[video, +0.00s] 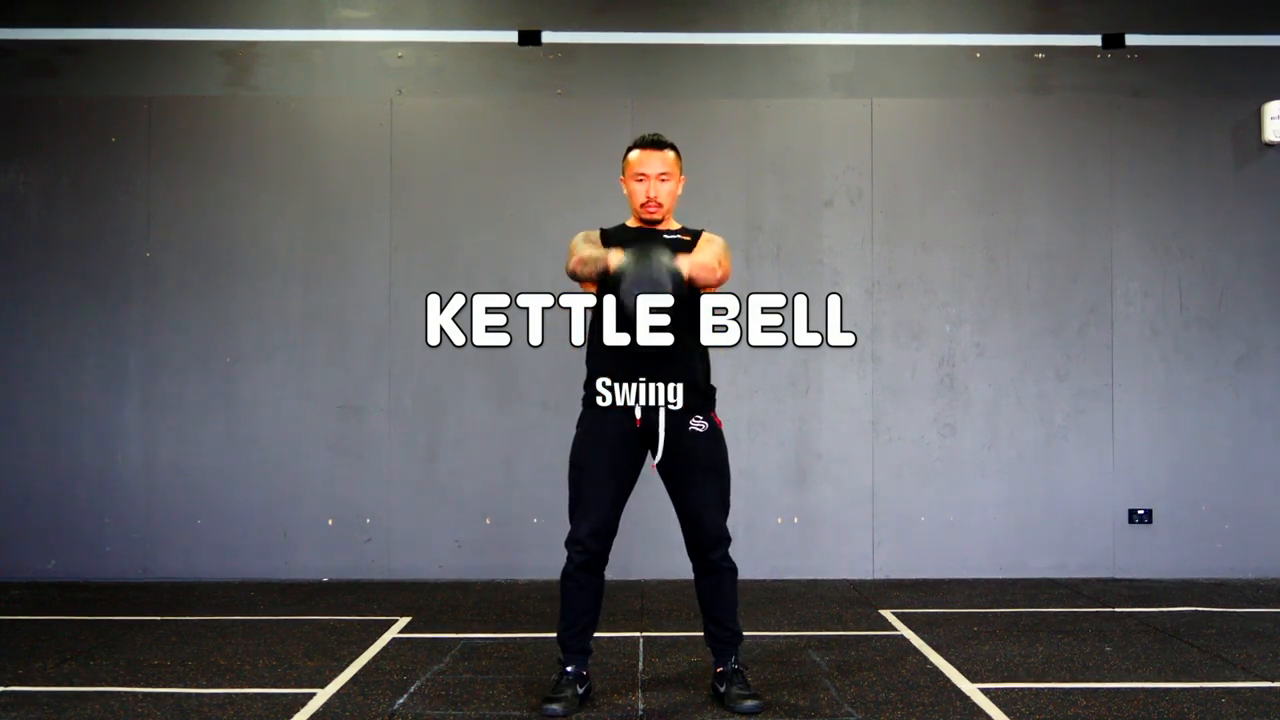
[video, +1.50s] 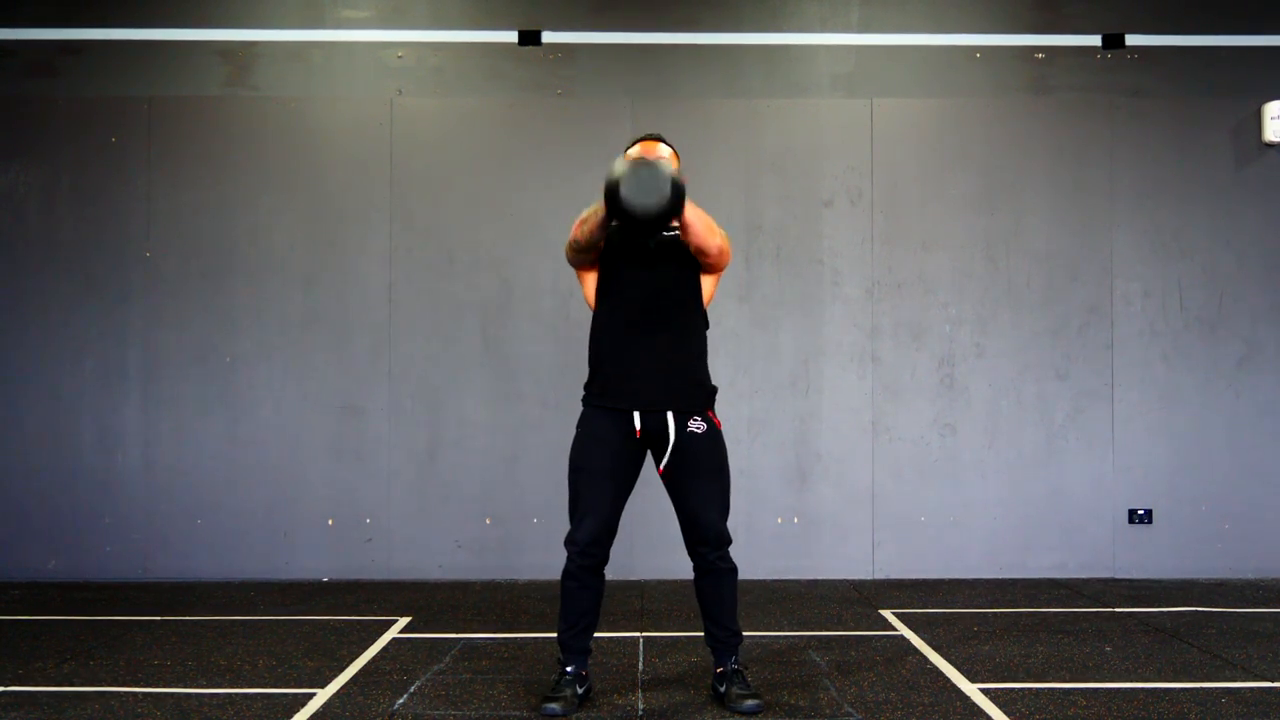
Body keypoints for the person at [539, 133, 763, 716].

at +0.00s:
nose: (652, 188)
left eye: (663, 177)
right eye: (641, 178)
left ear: (680, 184)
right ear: (625, 184)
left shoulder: (699, 241)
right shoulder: (598, 240)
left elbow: (713, 266)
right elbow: (580, 262)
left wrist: (693, 268)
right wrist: (606, 264)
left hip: (688, 415)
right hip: (610, 414)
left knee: (711, 544)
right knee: (586, 542)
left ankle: (729, 669)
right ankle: (572, 671)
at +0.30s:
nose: (645, 190)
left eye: (657, 179)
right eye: (633, 180)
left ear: (675, 191)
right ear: (616, 192)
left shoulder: (707, 270)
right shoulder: (583, 272)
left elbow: (701, 371)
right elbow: (588, 372)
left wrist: (676, 446)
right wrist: (616, 448)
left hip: (688, 431)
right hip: (604, 430)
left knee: (741, 547)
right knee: (558, 547)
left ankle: (732, 671)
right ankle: (569, 674)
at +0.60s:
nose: (640, 242)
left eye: (651, 228)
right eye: (626, 230)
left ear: (670, 234)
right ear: (610, 238)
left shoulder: (709, 305)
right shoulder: (581, 310)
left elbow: (701, 404)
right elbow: (590, 409)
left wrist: (681, 473)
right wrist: (619, 477)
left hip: (688, 444)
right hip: (609, 447)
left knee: (751, 535)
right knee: (550, 540)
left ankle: (735, 668)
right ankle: (569, 674)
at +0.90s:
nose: (649, 182)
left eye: (661, 173)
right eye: (637, 173)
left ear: (677, 185)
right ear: (620, 186)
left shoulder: (707, 255)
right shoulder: (589, 255)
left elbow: (703, 313)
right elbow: (589, 314)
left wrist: (676, 354)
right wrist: (619, 353)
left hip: (687, 421)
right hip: (608, 420)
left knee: (716, 546)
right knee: (581, 545)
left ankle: (729, 671)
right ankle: (572, 673)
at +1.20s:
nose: (651, 177)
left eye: (661, 166)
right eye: (638, 167)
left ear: (677, 172)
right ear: (620, 175)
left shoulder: (703, 250)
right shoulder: (599, 245)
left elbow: (706, 226)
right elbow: (582, 225)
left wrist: (681, 168)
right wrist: (608, 173)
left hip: (684, 412)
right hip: (609, 411)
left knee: (708, 544)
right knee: (585, 545)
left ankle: (728, 669)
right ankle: (572, 672)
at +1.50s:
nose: (651, 172)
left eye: (662, 164)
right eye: (640, 162)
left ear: (679, 181)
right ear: (619, 178)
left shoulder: (701, 250)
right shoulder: (596, 248)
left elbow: (717, 251)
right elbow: (580, 241)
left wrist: (674, 192)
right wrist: (615, 197)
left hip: (688, 414)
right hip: (610, 413)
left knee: (712, 544)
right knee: (585, 545)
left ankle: (729, 670)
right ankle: (572, 672)